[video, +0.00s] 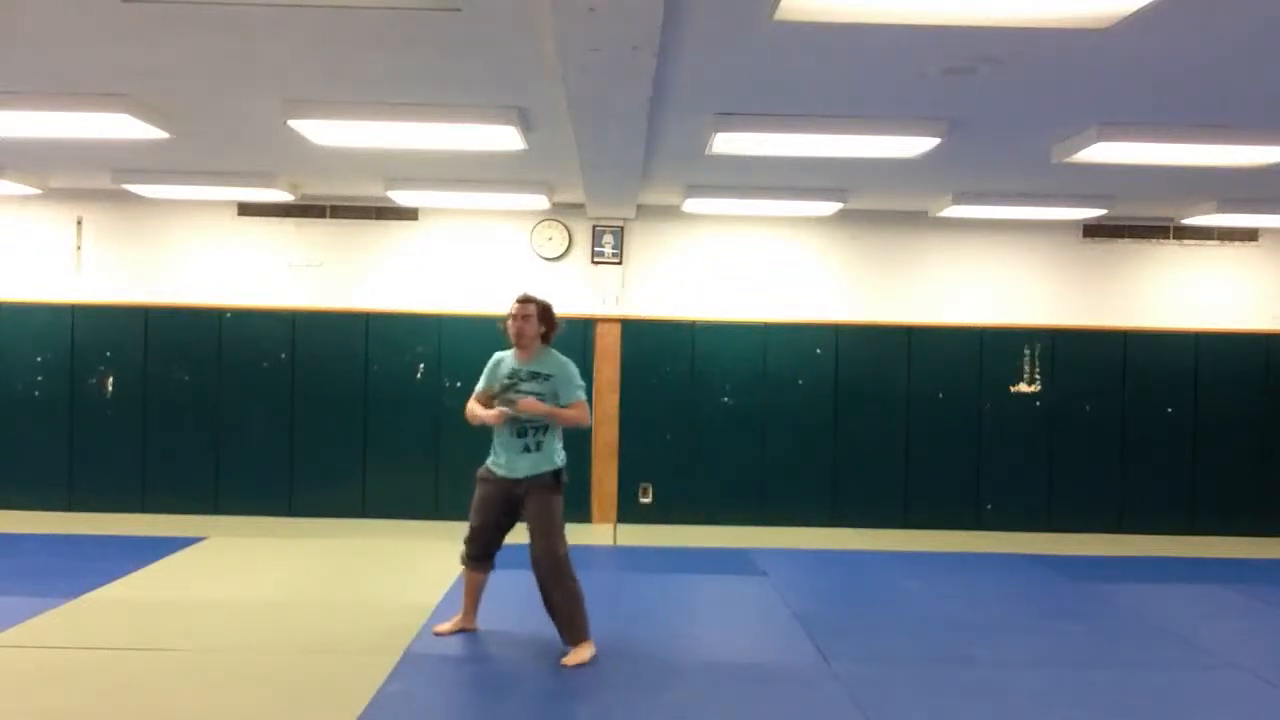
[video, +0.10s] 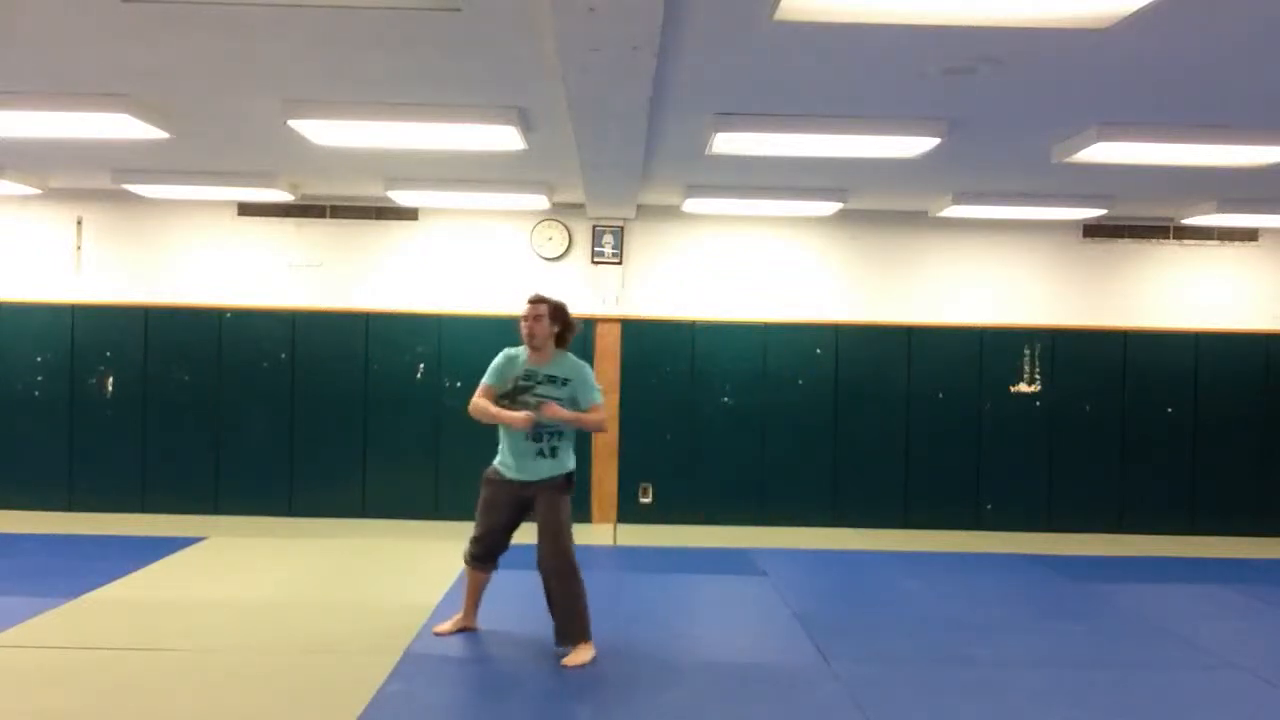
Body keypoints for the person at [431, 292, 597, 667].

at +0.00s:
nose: (519, 324)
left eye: (527, 318)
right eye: (515, 318)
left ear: (543, 325)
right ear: (508, 323)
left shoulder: (561, 367)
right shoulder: (498, 362)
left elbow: (582, 416)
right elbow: (471, 407)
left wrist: (540, 410)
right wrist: (485, 414)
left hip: (542, 474)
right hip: (498, 472)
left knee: (549, 556)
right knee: (477, 545)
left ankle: (581, 642)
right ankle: (467, 617)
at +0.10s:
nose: (528, 325)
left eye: (537, 319)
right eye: (526, 319)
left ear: (556, 326)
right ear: (521, 324)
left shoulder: (577, 370)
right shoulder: (509, 360)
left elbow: (600, 421)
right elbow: (475, 405)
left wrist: (562, 416)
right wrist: (509, 417)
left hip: (553, 478)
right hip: (506, 474)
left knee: (556, 558)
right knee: (481, 548)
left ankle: (582, 643)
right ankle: (467, 616)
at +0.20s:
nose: (533, 324)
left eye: (542, 318)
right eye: (532, 318)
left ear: (563, 326)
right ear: (530, 323)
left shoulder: (586, 370)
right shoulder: (516, 356)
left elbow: (610, 420)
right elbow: (487, 403)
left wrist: (590, 431)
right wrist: (534, 419)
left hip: (557, 477)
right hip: (509, 471)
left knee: (562, 559)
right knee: (481, 546)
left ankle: (581, 642)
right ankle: (471, 607)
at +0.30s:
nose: (530, 324)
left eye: (540, 318)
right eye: (530, 317)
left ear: (561, 327)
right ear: (529, 323)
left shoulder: (586, 368)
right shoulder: (515, 355)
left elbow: (607, 414)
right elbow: (495, 403)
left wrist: (601, 446)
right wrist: (546, 420)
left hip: (558, 476)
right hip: (510, 469)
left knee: (565, 558)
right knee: (481, 543)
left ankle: (581, 641)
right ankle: (483, 593)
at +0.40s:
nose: (520, 325)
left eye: (528, 320)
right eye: (520, 319)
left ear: (550, 327)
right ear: (522, 325)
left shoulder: (580, 368)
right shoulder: (509, 359)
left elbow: (600, 415)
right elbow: (495, 408)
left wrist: (599, 457)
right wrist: (544, 431)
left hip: (557, 476)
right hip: (509, 471)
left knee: (566, 558)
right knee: (482, 543)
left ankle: (581, 642)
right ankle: (495, 593)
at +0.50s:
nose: (501, 329)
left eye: (509, 324)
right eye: (502, 323)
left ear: (531, 332)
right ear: (511, 331)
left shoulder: (566, 370)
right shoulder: (496, 367)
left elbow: (590, 420)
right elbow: (477, 411)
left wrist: (597, 469)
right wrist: (515, 443)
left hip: (556, 476)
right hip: (508, 474)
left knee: (564, 558)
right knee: (486, 545)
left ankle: (581, 642)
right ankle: (507, 603)